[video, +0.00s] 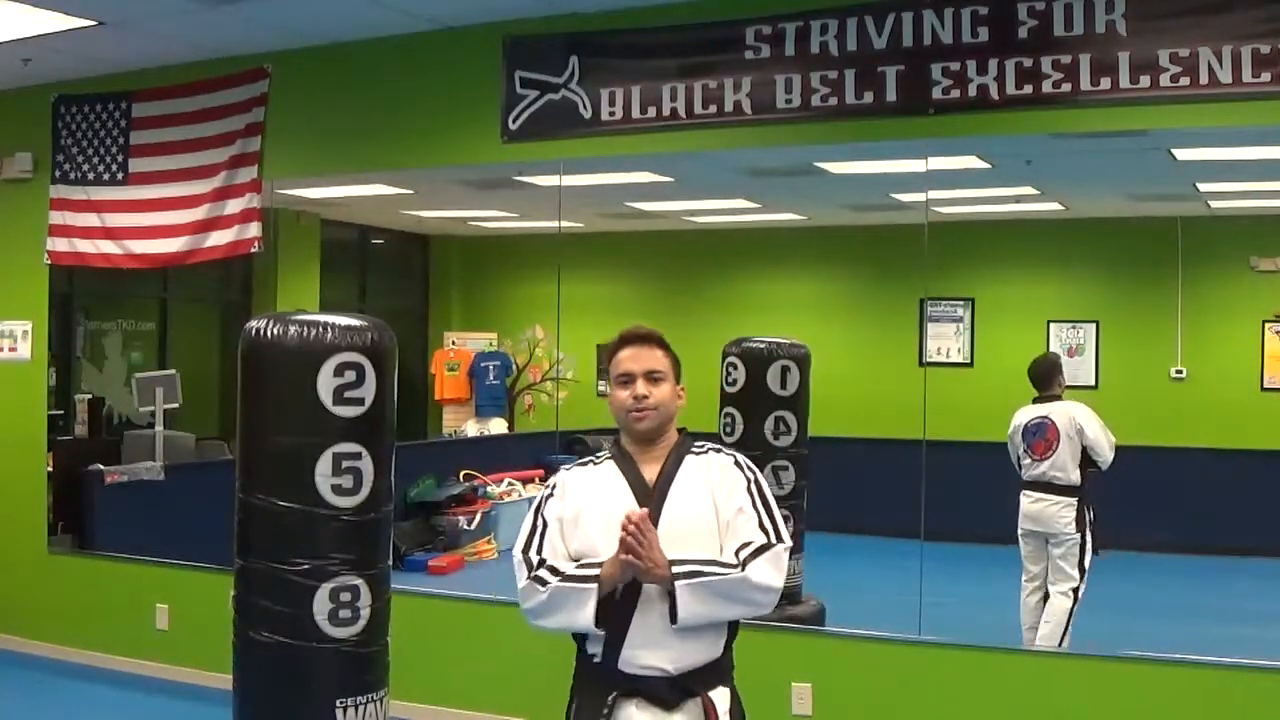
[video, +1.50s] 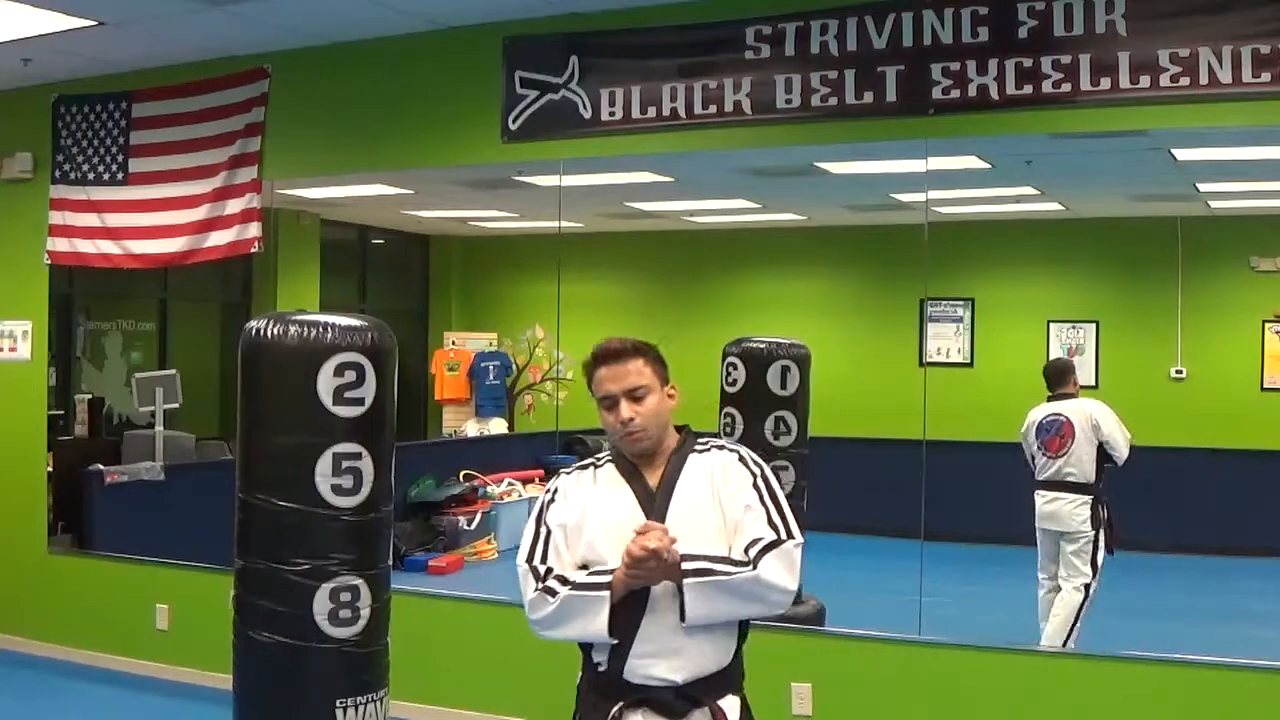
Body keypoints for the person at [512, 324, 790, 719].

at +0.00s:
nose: (640, 392)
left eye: (655, 379)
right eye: (625, 381)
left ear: (679, 394)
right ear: (609, 396)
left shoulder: (730, 474)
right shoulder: (569, 485)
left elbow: (764, 581)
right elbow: (535, 592)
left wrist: (669, 573)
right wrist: (611, 572)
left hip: (702, 698)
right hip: (604, 697)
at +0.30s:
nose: (698, 396)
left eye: (712, 383)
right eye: (683, 383)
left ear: (733, 397)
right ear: (663, 395)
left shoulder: (772, 479)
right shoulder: (613, 473)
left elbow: (801, 587)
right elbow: (577, 575)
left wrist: (731, 571)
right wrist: (672, 571)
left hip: (733, 695)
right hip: (637, 692)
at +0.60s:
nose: (749, 400)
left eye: (753, 388)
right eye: (731, 387)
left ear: (760, 392)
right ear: (689, 398)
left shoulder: (787, 476)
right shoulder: (630, 472)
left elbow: (817, 580)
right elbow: (599, 578)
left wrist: (739, 561)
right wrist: (687, 555)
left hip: (748, 692)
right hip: (653, 690)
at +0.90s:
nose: (730, 402)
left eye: (738, 387)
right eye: (711, 390)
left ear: (750, 393)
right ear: (680, 403)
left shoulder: (789, 474)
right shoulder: (630, 472)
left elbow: (818, 581)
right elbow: (601, 578)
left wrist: (743, 558)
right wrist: (691, 553)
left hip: (753, 693)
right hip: (659, 693)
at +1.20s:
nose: (676, 411)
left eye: (687, 394)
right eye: (660, 401)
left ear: (716, 396)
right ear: (646, 411)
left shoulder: (774, 476)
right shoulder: (611, 484)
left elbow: (812, 584)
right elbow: (584, 594)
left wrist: (728, 559)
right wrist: (669, 564)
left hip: (744, 699)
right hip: (646, 699)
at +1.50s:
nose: (625, 414)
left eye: (638, 396)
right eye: (609, 404)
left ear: (670, 396)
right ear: (598, 412)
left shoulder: (733, 467)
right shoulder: (569, 488)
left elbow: (776, 580)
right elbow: (542, 603)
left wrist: (675, 567)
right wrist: (622, 579)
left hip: (710, 698)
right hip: (608, 699)